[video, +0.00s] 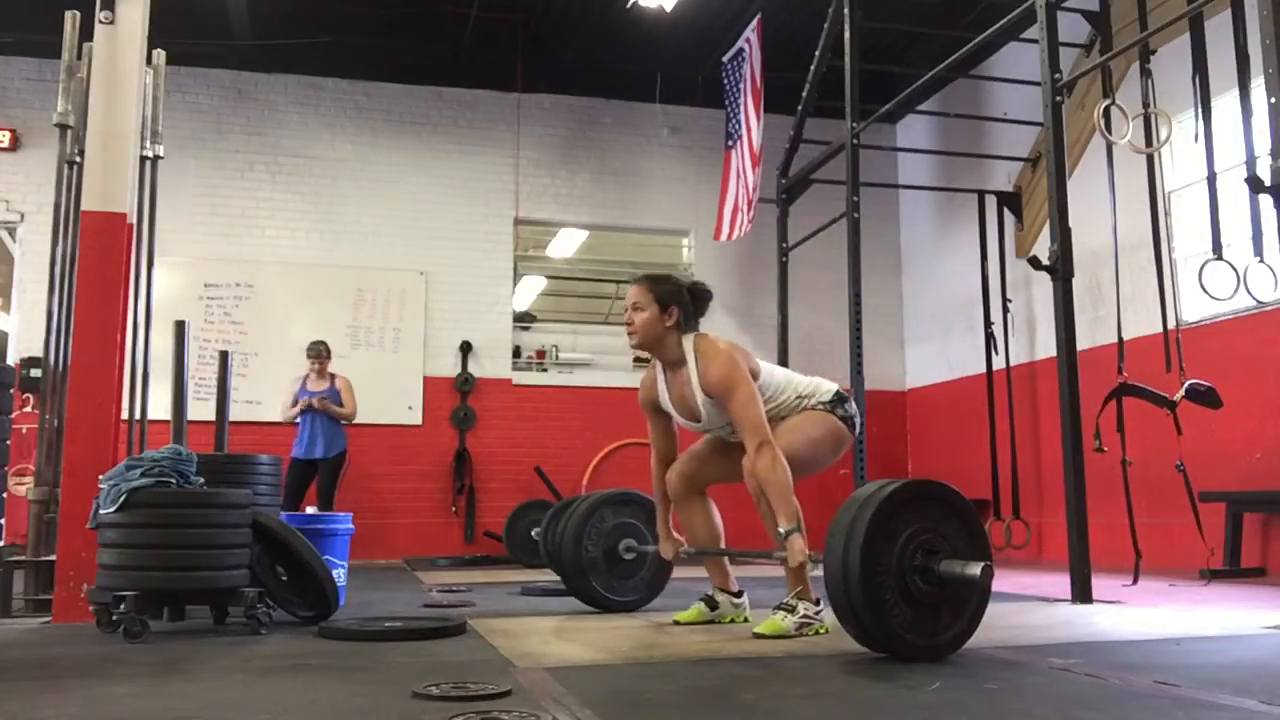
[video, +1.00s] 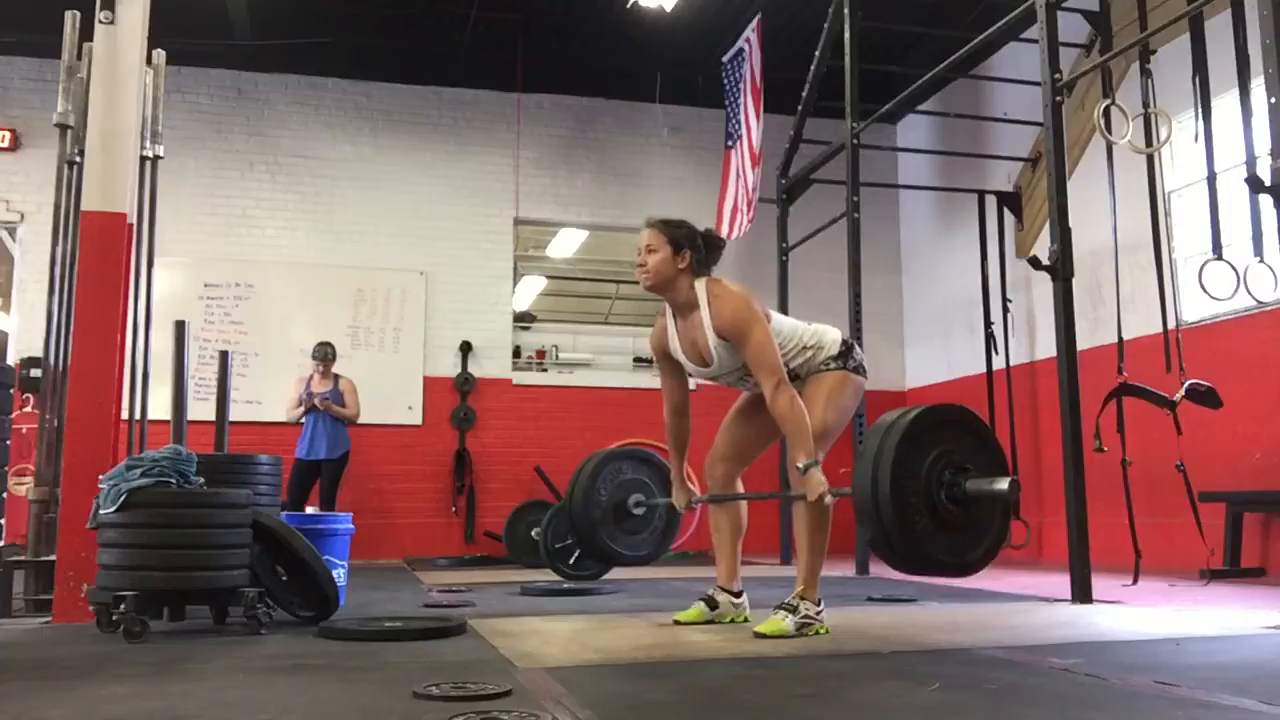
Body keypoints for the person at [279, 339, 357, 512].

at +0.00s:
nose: (317, 367)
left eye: (321, 363)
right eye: (313, 363)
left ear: (328, 361)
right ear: (308, 361)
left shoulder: (340, 383)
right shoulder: (299, 383)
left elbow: (350, 415)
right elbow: (285, 416)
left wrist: (327, 407)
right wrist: (299, 408)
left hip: (332, 449)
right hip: (304, 449)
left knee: (325, 503)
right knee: (289, 504)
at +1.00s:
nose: (321, 369)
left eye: (326, 365)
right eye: (318, 365)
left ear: (333, 362)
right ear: (313, 361)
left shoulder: (345, 384)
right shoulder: (303, 383)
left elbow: (354, 415)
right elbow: (290, 416)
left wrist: (329, 407)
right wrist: (304, 407)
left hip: (335, 450)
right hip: (308, 450)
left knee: (327, 501)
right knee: (294, 499)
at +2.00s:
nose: (323, 370)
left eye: (327, 366)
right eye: (319, 365)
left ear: (335, 362)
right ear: (315, 362)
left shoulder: (346, 383)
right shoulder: (305, 383)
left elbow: (356, 415)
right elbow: (291, 416)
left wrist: (330, 406)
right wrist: (307, 406)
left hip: (335, 449)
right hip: (309, 449)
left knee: (327, 501)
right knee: (296, 498)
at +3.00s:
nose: (321, 370)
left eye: (325, 366)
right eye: (317, 365)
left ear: (333, 363)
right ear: (313, 362)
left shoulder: (345, 384)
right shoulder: (306, 383)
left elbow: (355, 415)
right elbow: (292, 418)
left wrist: (329, 406)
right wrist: (304, 407)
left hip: (335, 450)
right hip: (309, 449)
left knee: (327, 501)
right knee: (296, 498)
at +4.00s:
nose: (322, 370)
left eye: (326, 365)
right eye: (318, 365)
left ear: (334, 362)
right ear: (314, 362)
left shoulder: (346, 383)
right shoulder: (306, 383)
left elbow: (356, 415)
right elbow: (290, 417)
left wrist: (329, 405)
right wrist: (305, 405)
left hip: (335, 450)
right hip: (308, 449)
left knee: (327, 500)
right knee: (295, 499)